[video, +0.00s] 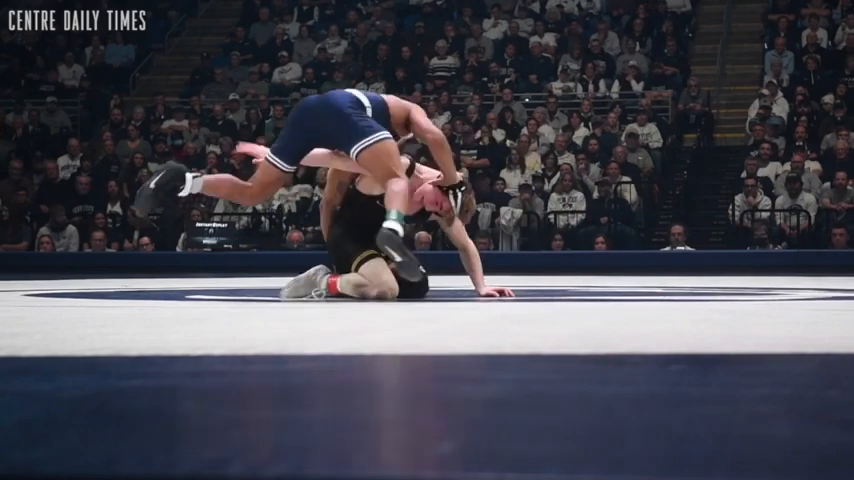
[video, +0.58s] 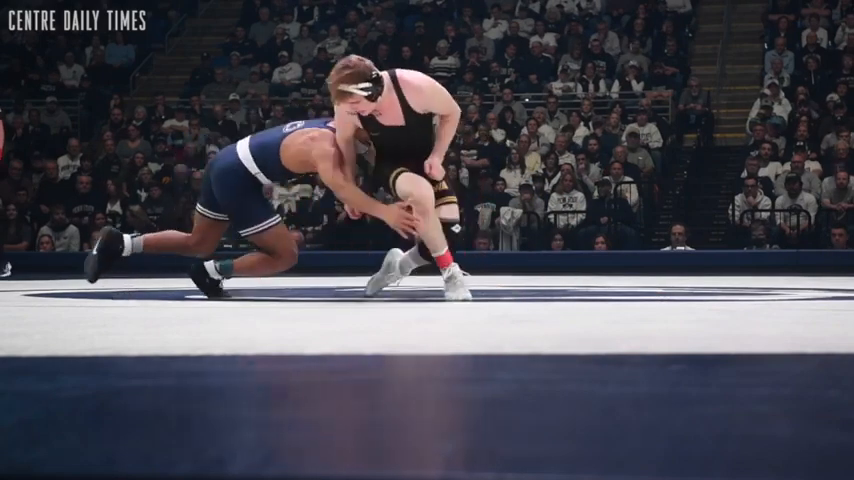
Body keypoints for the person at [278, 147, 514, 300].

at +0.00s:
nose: (433, 210)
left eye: (439, 211)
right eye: (439, 204)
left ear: (441, 209)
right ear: (438, 184)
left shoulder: (432, 196)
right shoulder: (392, 166)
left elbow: (465, 244)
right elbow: (334, 158)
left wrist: (482, 288)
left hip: (381, 238)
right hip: (347, 232)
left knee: (412, 289)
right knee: (386, 288)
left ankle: (354, 281)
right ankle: (322, 283)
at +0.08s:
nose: (440, 190)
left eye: (448, 191)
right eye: (444, 181)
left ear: (452, 190)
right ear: (441, 161)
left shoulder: (445, 192)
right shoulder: (394, 153)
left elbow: (465, 240)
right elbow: (334, 151)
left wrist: (482, 287)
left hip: (384, 232)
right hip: (350, 223)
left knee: (417, 285)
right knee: (388, 282)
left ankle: (349, 285)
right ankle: (322, 278)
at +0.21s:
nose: (446, 156)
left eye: (452, 153)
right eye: (446, 149)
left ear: (455, 151)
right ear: (434, 133)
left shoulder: (449, 171)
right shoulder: (387, 140)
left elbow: (461, 228)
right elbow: (329, 155)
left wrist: (476, 282)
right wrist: (281, 169)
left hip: (397, 222)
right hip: (360, 209)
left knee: (418, 283)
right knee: (405, 232)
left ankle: (360, 287)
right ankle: (338, 272)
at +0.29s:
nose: (443, 150)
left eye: (450, 146)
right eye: (439, 142)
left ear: (454, 144)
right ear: (425, 133)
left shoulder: (451, 164)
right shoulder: (384, 139)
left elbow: (463, 217)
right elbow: (328, 158)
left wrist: (477, 272)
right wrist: (286, 190)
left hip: (408, 218)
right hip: (366, 207)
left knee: (420, 284)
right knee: (423, 194)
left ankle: (366, 281)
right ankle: (384, 270)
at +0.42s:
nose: (403, 138)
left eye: (411, 132)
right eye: (399, 130)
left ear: (424, 123)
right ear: (391, 121)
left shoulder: (444, 128)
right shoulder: (370, 131)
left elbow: (475, 163)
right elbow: (324, 144)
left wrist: (477, 215)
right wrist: (303, 187)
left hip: (419, 201)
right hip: (382, 200)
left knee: (421, 285)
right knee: (429, 194)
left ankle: (363, 286)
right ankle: (452, 275)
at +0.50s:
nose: (374, 125)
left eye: (379, 118)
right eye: (368, 119)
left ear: (396, 106)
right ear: (363, 112)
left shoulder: (431, 103)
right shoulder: (356, 124)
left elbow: (460, 126)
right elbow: (334, 153)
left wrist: (462, 175)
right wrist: (341, 201)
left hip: (430, 176)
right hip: (391, 181)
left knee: (425, 270)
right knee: (434, 193)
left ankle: (376, 282)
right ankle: (454, 276)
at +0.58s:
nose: (351, 111)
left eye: (355, 105)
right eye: (347, 106)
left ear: (373, 91)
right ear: (343, 100)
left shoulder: (415, 85)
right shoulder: (346, 108)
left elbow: (451, 113)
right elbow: (346, 145)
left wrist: (437, 156)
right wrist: (350, 191)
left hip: (426, 160)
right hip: (389, 163)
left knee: (446, 234)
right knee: (422, 193)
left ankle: (400, 266)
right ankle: (451, 273)